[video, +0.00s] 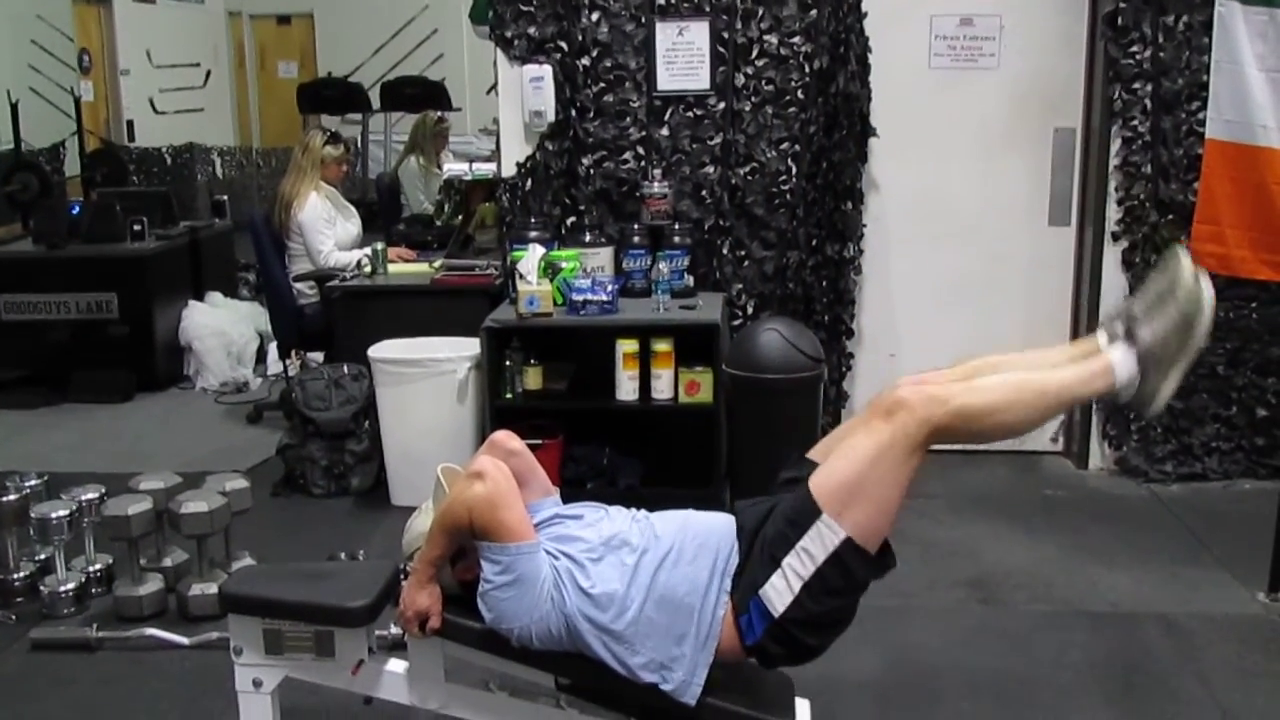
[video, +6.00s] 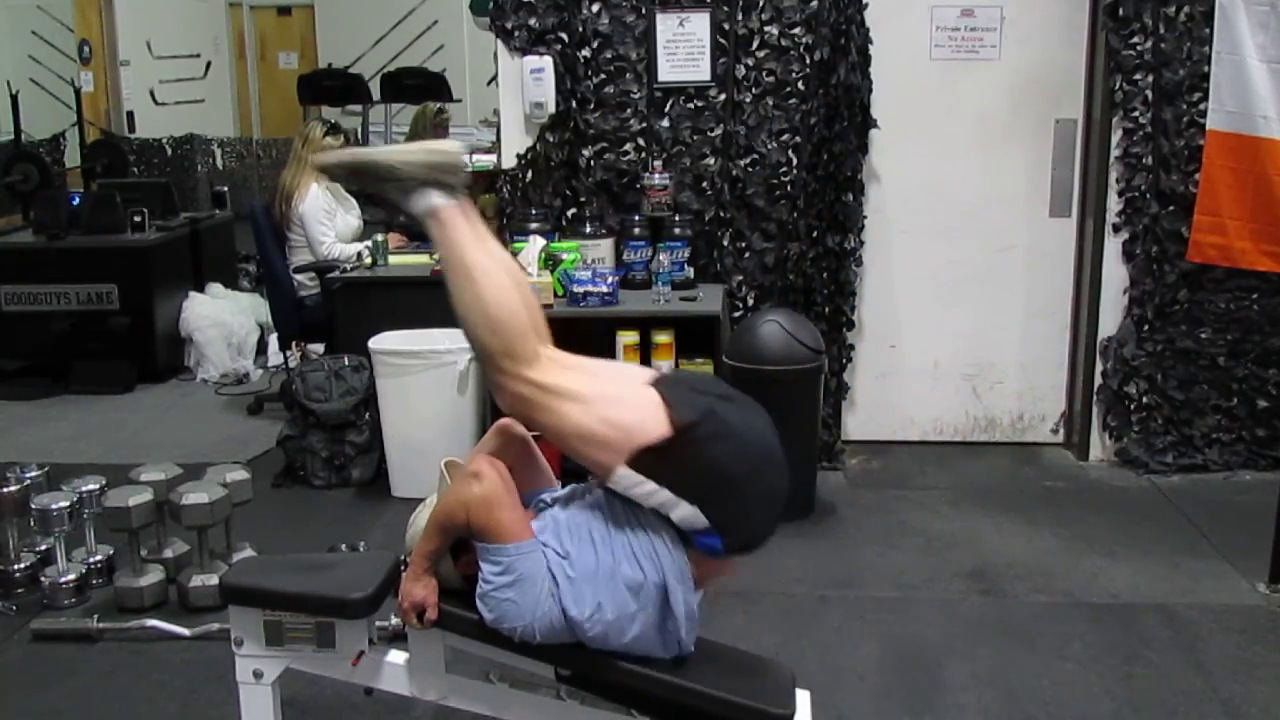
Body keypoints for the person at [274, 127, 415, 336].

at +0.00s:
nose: (345, 169)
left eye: (346, 163)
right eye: (339, 164)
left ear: (324, 165)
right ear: (320, 164)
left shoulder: (324, 196)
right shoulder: (311, 201)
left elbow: (335, 253)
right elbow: (325, 259)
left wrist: (380, 252)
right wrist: (380, 254)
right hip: (317, 302)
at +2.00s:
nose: (345, 160)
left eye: (345, 153)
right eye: (339, 154)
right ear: (319, 155)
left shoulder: (324, 185)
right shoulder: (311, 191)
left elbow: (335, 243)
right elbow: (325, 251)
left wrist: (378, 243)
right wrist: (378, 245)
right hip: (318, 291)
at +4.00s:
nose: (346, 159)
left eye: (346, 153)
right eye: (340, 154)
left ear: (323, 155)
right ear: (320, 154)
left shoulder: (323, 186)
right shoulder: (312, 192)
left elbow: (334, 245)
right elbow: (326, 251)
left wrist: (377, 243)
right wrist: (378, 245)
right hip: (318, 293)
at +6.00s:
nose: (342, 158)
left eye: (343, 151)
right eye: (338, 151)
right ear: (321, 151)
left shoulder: (324, 186)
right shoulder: (312, 192)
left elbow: (333, 246)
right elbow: (326, 251)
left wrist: (378, 243)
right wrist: (379, 245)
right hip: (318, 293)